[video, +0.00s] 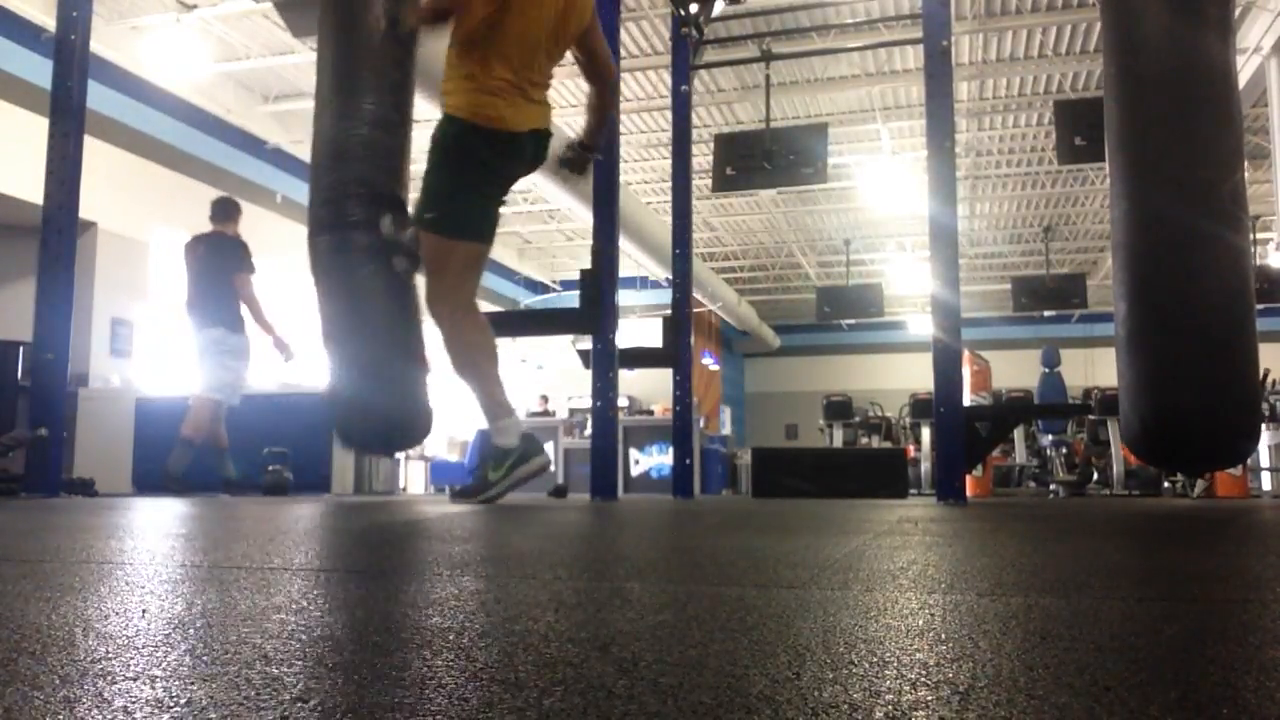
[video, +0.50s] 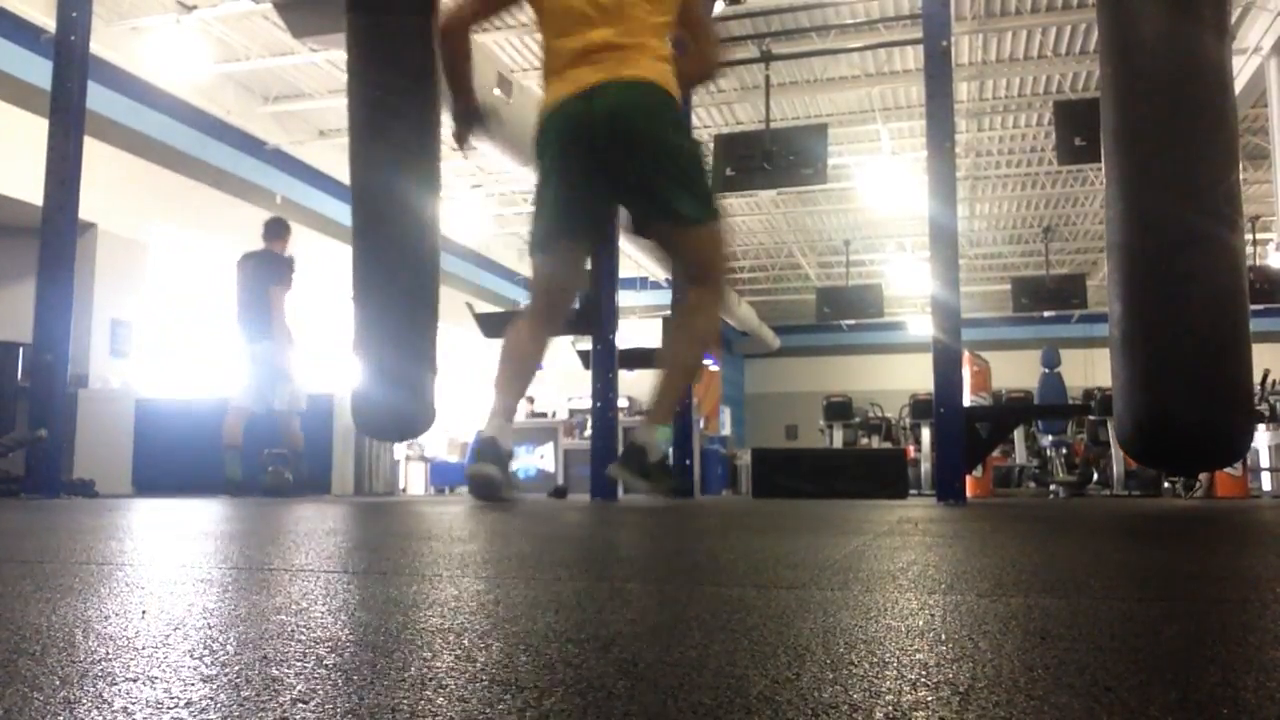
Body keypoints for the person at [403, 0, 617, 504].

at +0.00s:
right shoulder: (573, 3)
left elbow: (430, 11)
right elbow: (605, 77)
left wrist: (402, 17)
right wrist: (588, 147)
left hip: (474, 130)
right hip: (532, 137)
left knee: (449, 298)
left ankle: (508, 439)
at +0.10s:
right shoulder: (597, 2)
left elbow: (430, 16)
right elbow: (619, 79)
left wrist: (426, 69)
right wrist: (581, 142)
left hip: (481, 121)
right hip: (545, 134)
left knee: (463, 296)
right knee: (453, 283)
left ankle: (513, 448)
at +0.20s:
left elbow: (420, 2)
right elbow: (627, 59)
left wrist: (438, 40)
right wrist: (577, 96)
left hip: (506, 106)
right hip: (576, 113)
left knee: (478, 288)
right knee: (515, 239)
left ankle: (511, 447)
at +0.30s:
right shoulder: (626, 1)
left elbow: (427, 8)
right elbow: (631, 74)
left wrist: (439, 51)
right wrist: (520, 57)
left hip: (515, 115)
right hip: (597, 122)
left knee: (484, 298)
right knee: (573, 279)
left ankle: (492, 449)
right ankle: (590, 411)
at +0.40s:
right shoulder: (651, 3)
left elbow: (442, 6)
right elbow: (649, 57)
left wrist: (450, 68)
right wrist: (539, 61)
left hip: (542, 113)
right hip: (623, 109)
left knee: (506, 298)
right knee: (644, 297)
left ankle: (494, 447)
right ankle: (636, 450)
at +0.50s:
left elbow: (452, 23)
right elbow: (706, 57)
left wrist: (464, 107)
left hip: (565, 113)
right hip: (646, 104)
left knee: (547, 299)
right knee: (702, 283)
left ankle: (493, 437)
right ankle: (648, 442)